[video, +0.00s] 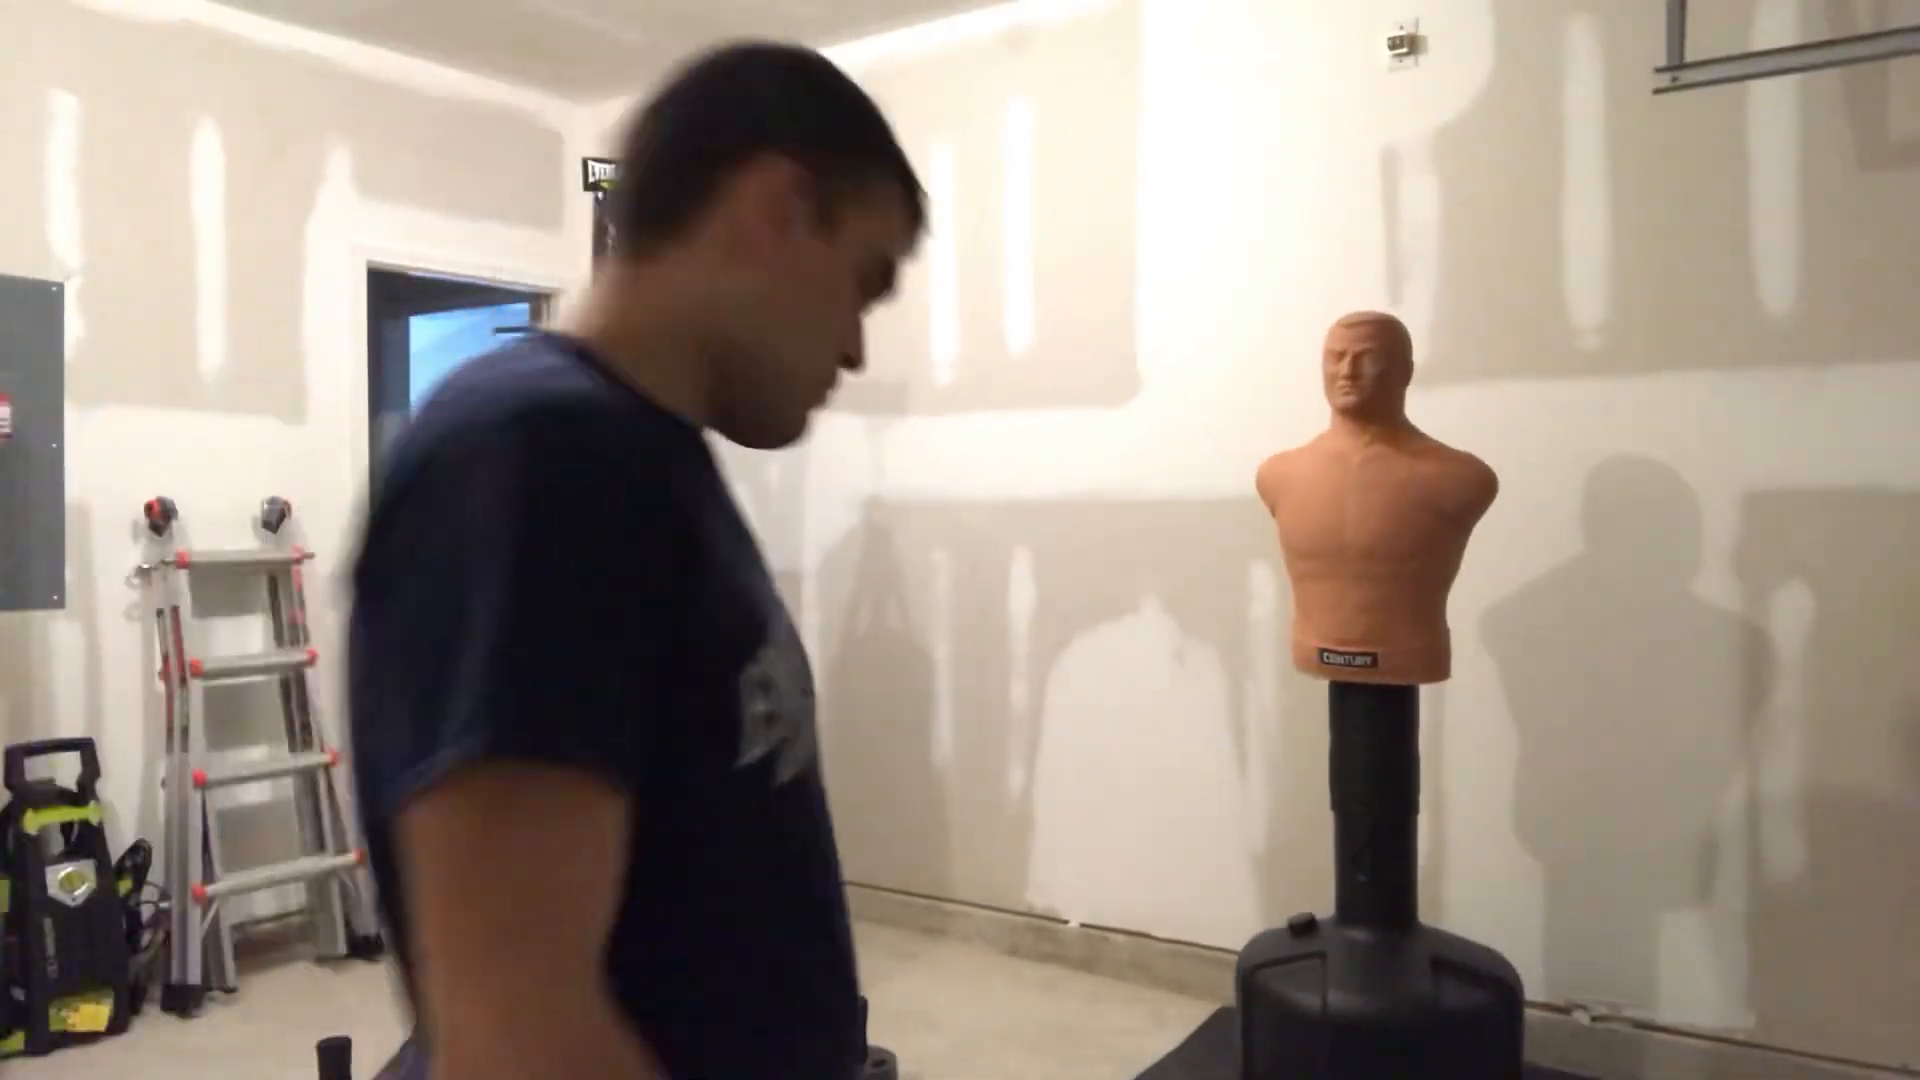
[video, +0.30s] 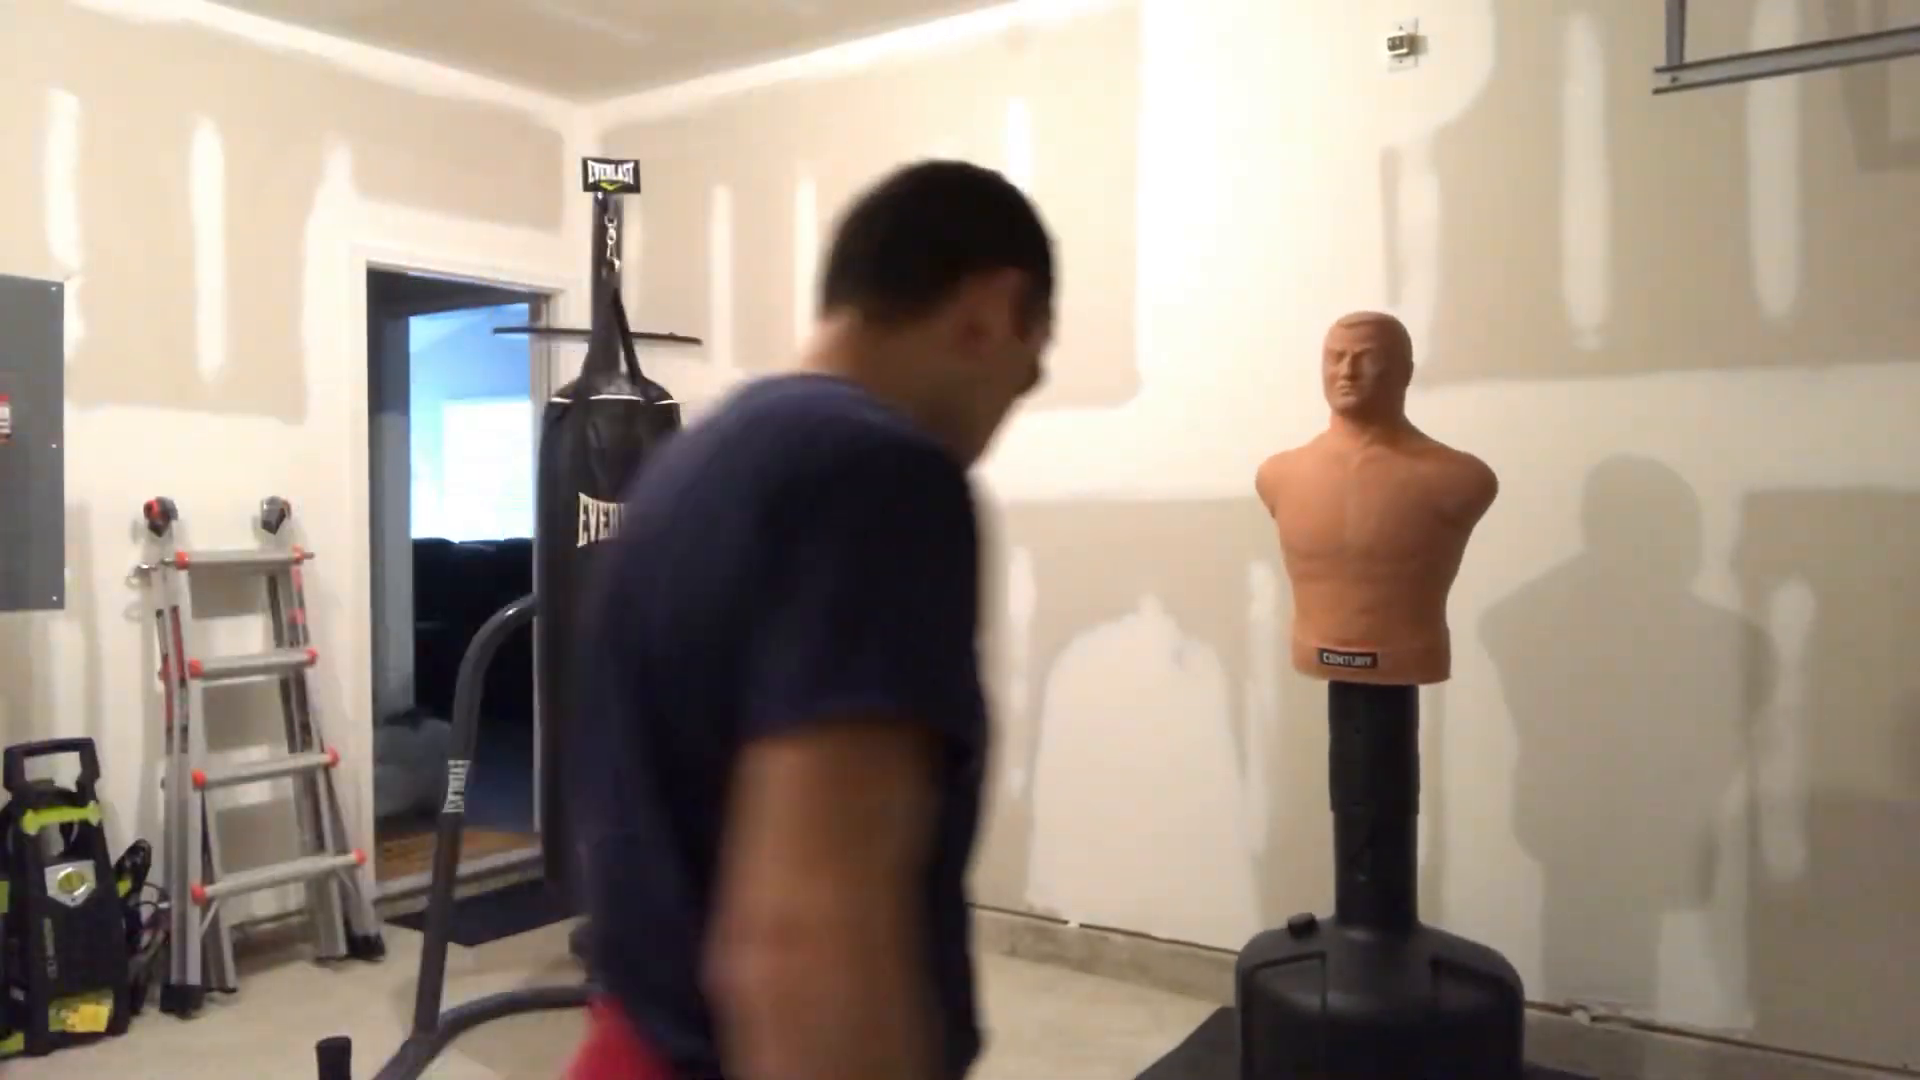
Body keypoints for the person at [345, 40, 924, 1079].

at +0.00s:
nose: (859, 351)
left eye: (876, 298)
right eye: (868, 284)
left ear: (770, 214)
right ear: (773, 210)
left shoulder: (640, 457)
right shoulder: (538, 453)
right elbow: (514, 1022)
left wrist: (820, 1047)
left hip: (782, 1039)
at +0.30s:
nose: (1026, 386)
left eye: (1037, 361)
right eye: (1035, 353)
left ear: (850, 300)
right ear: (995, 312)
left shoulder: (702, 456)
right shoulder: (875, 474)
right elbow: (805, 950)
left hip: (638, 1032)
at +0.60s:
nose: (1203, 385)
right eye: (1210, 352)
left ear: (1025, 312)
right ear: (1198, 325)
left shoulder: (842, 450)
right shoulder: (1192, 534)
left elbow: (648, 717)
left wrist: (679, 982)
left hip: (778, 1005)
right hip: (1008, 1034)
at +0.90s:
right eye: (1193, 334)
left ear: (1019, 329)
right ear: (1184, 328)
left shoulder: (884, 458)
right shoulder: (1242, 505)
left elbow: (695, 690)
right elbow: (1356, 847)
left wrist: (816, 844)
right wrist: (1341, 998)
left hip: (891, 974)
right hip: (1115, 992)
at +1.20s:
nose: (1073, 373)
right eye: (1075, 353)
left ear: (935, 365)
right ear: (1065, 349)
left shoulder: (832, 487)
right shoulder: (1126, 482)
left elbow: (697, 707)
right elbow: (1194, 744)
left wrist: (831, 827)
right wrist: (1184, 956)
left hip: (890, 930)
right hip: (1062, 934)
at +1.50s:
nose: (1064, 390)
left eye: (1066, 373)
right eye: (1066, 369)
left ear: (941, 368)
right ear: (1051, 353)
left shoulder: (847, 481)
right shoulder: (1062, 452)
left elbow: (728, 674)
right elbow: (1071, 609)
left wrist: (848, 775)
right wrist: (1137, 783)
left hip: (884, 870)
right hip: (1029, 876)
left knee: (898, 1066)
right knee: (1175, 1065)